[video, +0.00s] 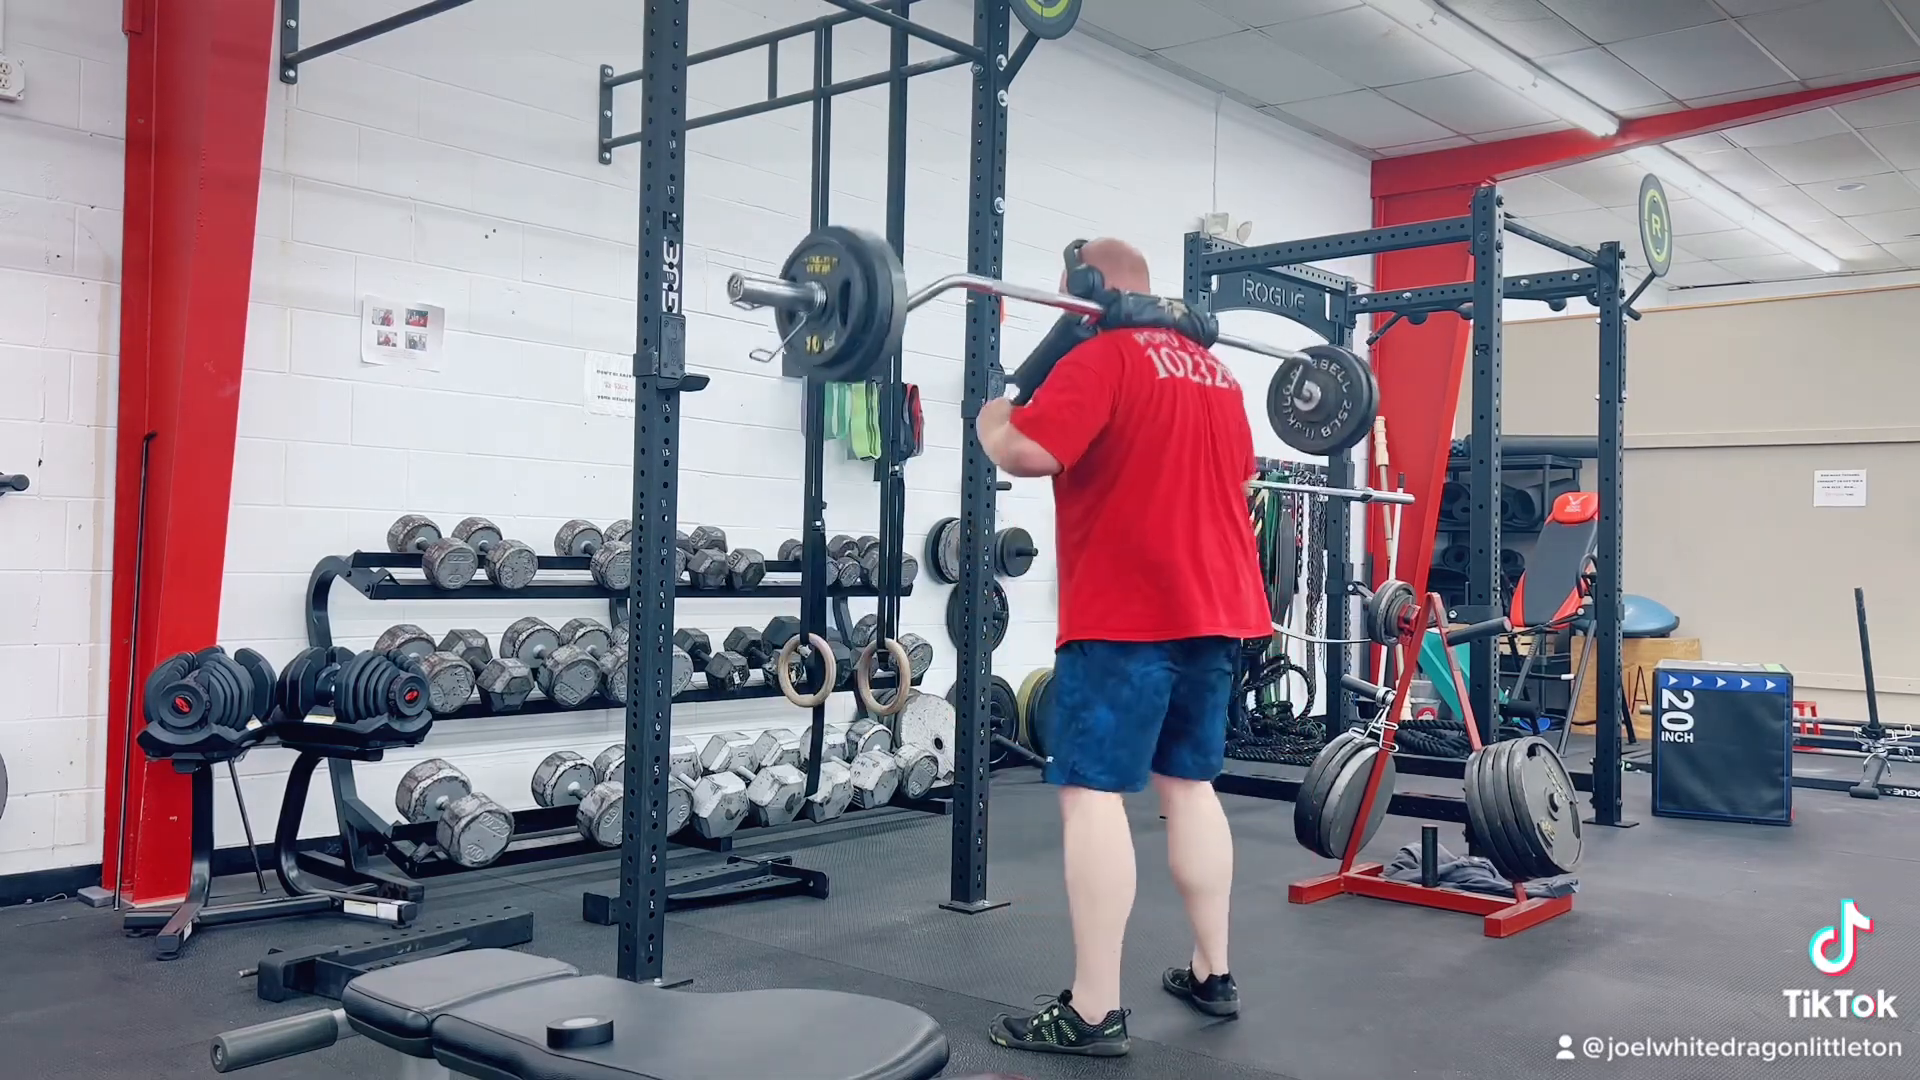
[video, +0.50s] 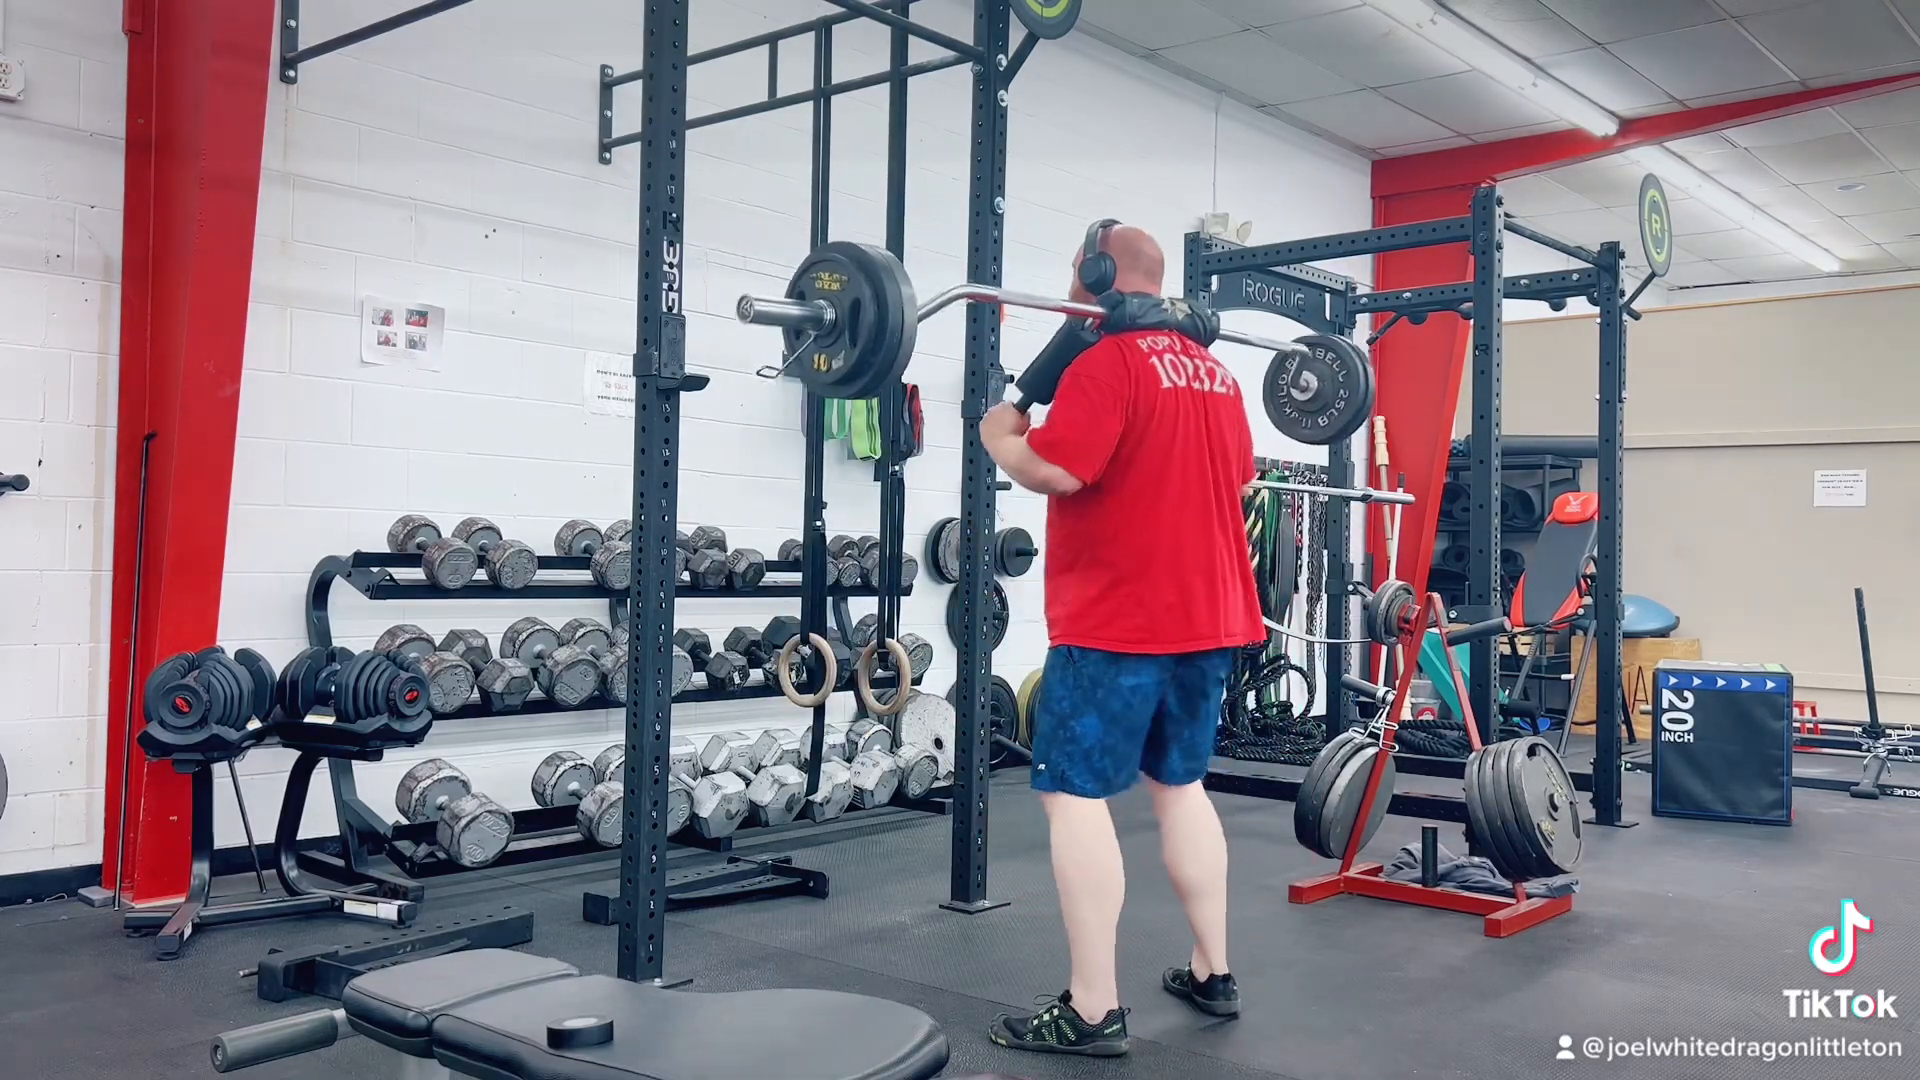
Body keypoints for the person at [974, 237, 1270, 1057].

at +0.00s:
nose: (1063, 309)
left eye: (1066, 296)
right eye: (1065, 295)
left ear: (1085, 294)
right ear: (1149, 290)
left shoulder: (1101, 357)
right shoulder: (1216, 371)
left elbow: (1029, 453)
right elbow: (1242, 479)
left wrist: (993, 421)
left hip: (1123, 607)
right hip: (1222, 606)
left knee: (1091, 790)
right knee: (1189, 783)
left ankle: (1094, 1008)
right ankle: (1214, 974)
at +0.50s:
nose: (1072, 298)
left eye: (1074, 286)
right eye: (1074, 285)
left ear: (1091, 287)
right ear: (1158, 285)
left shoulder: (1108, 358)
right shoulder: (1214, 369)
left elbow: (1060, 469)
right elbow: (1238, 480)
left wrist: (1003, 436)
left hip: (1119, 619)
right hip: (1212, 614)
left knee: (1072, 787)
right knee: (1179, 780)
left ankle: (1093, 1006)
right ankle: (1214, 973)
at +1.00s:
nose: (1048, 607)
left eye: (1049, 596)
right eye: (1048, 597)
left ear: (1063, 599)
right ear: (1127, 585)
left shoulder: (1085, 661)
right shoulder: (1184, 636)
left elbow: (981, 751)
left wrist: (957, 682)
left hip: (1201, 875)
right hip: (1276, 865)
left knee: (993, 816)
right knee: (1160, 787)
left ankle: (1089, 1010)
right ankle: (1208, 974)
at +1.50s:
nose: (1063, 367)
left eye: (1066, 354)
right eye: (1065, 353)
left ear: (1081, 356)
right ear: (1149, 351)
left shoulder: (1100, 419)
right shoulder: (1211, 422)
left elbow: (1021, 518)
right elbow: (1239, 529)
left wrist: (982, 471)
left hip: (1142, 647)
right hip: (1237, 648)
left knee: (1029, 792)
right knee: (1171, 787)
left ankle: (1090, 1005)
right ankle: (1210, 973)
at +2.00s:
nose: (1089, 288)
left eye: (1093, 277)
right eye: (1093, 275)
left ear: (1111, 282)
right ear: (1179, 280)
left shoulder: (1125, 350)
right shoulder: (1233, 359)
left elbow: (1081, 455)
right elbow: (1267, 463)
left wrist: (1024, 432)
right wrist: (1187, 469)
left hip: (1126, 608)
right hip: (1218, 605)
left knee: (1118, 797)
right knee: (1211, 784)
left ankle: (1095, 1009)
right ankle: (1216, 975)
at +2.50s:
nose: (1067, 509)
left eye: (1069, 499)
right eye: (1073, 499)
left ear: (1080, 504)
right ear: (1153, 500)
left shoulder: (1097, 572)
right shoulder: (1201, 557)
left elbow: (992, 659)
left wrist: (972, 592)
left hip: (1186, 785)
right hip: (1277, 783)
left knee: (999, 810)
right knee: (1158, 797)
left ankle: (1089, 1010)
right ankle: (1210, 973)